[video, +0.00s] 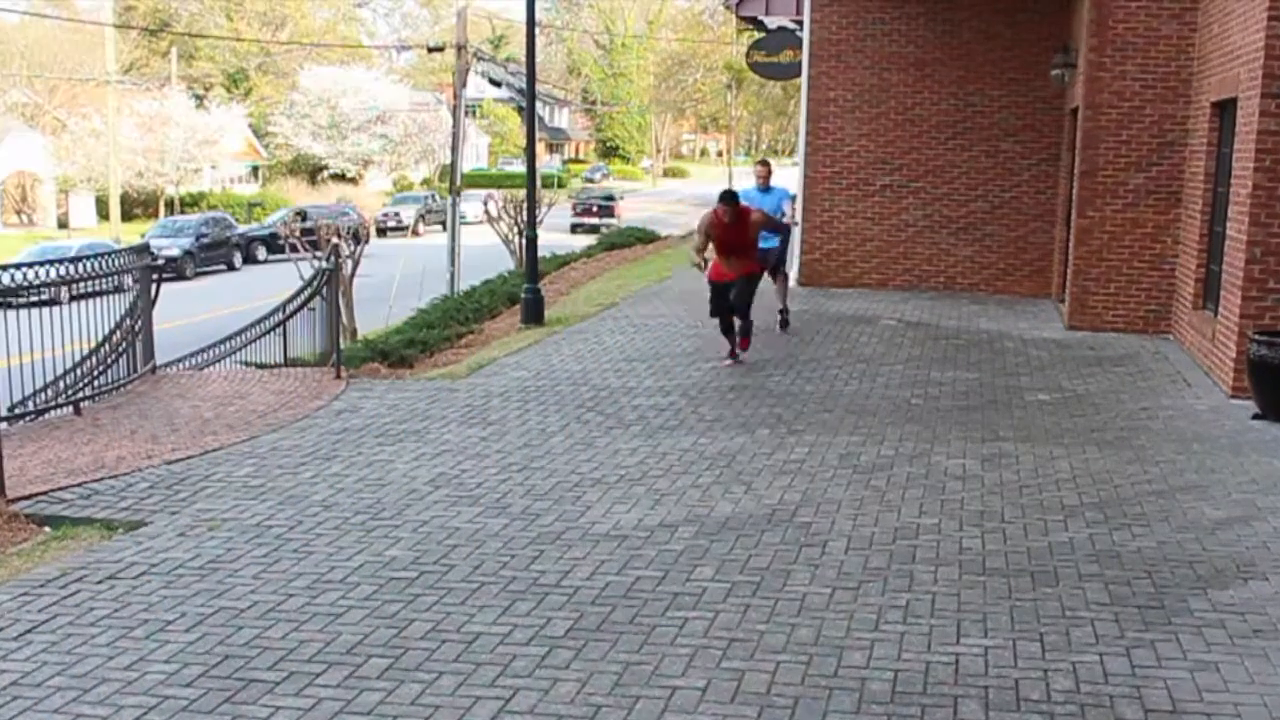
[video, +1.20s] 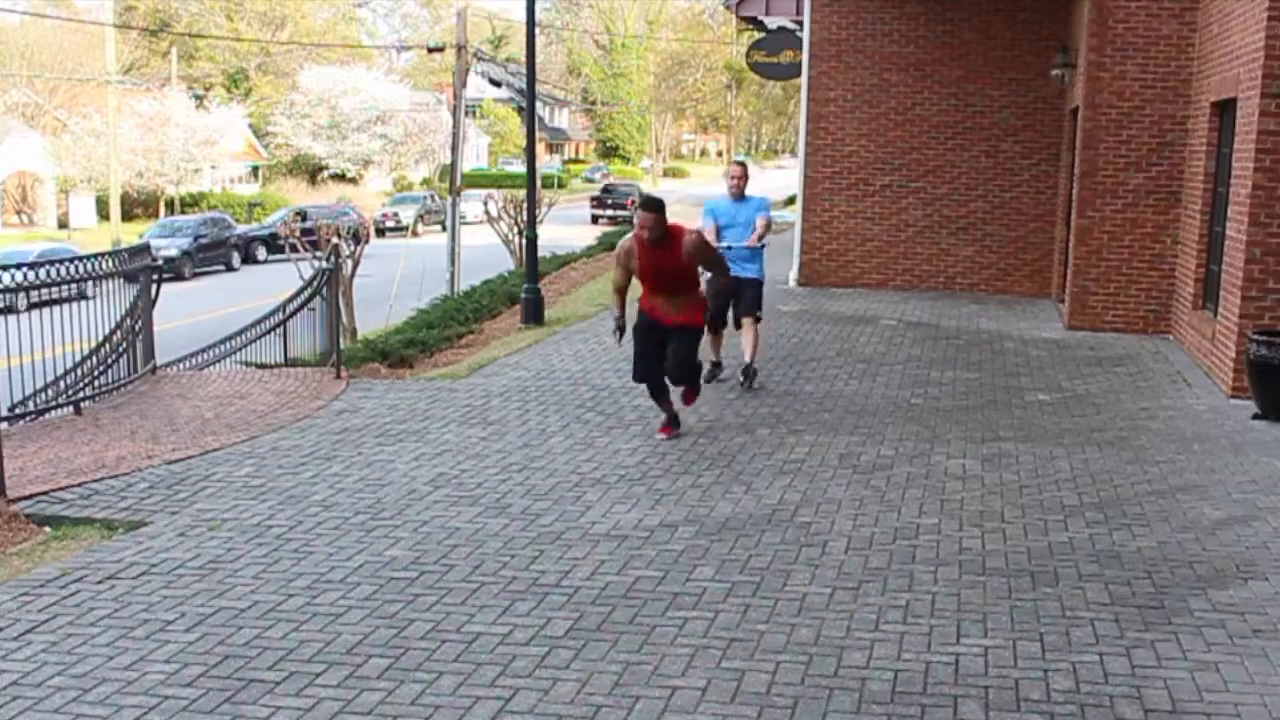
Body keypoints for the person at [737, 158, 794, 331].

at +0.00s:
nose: (762, 180)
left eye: (765, 176)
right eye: (758, 176)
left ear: (770, 176)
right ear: (754, 176)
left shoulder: (781, 194)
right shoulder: (745, 195)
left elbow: (788, 208)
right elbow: (737, 214)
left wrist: (789, 217)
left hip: (775, 244)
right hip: (753, 244)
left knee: (780, 275)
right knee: (747, 282)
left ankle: (783, 309)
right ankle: (744, 316)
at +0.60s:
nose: (751, 182)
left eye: (755, 177)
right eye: (748, 178)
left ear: (761, 178)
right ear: (743, 178)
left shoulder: (772, 198)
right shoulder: (733, 200)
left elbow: (780, 217)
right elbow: (730, 223)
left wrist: (777, 227)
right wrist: (740, 232)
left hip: (765, 253)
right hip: (740, 253)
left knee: (768, 291)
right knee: (736, 297)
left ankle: (765, 334)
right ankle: (731, 337)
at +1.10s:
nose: (738, 184)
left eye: (742, 180)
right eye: (734, 180)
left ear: (748, 182)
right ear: (728, 181)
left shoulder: (760, 205)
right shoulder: (716, 207)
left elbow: (766, 222)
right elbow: (712, 230)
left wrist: (762, 235)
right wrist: (719, 241)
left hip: (753, 267)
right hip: (727, 267)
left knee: (755, 306)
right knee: (719, 316)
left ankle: (756, 356)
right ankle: (715, 361)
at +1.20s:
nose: (735, 182)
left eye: (740, 178)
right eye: (732, 178)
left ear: (746, 181)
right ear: (726, 180)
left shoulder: (759, 204)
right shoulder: (713, 206)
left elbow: (763, 224)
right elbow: (709, 233)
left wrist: (756, 236)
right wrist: (712, 246)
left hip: (750, 271)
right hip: (721, 270)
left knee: (749, 318)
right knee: (714, 321)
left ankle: (748, 366)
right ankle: (715, 362)